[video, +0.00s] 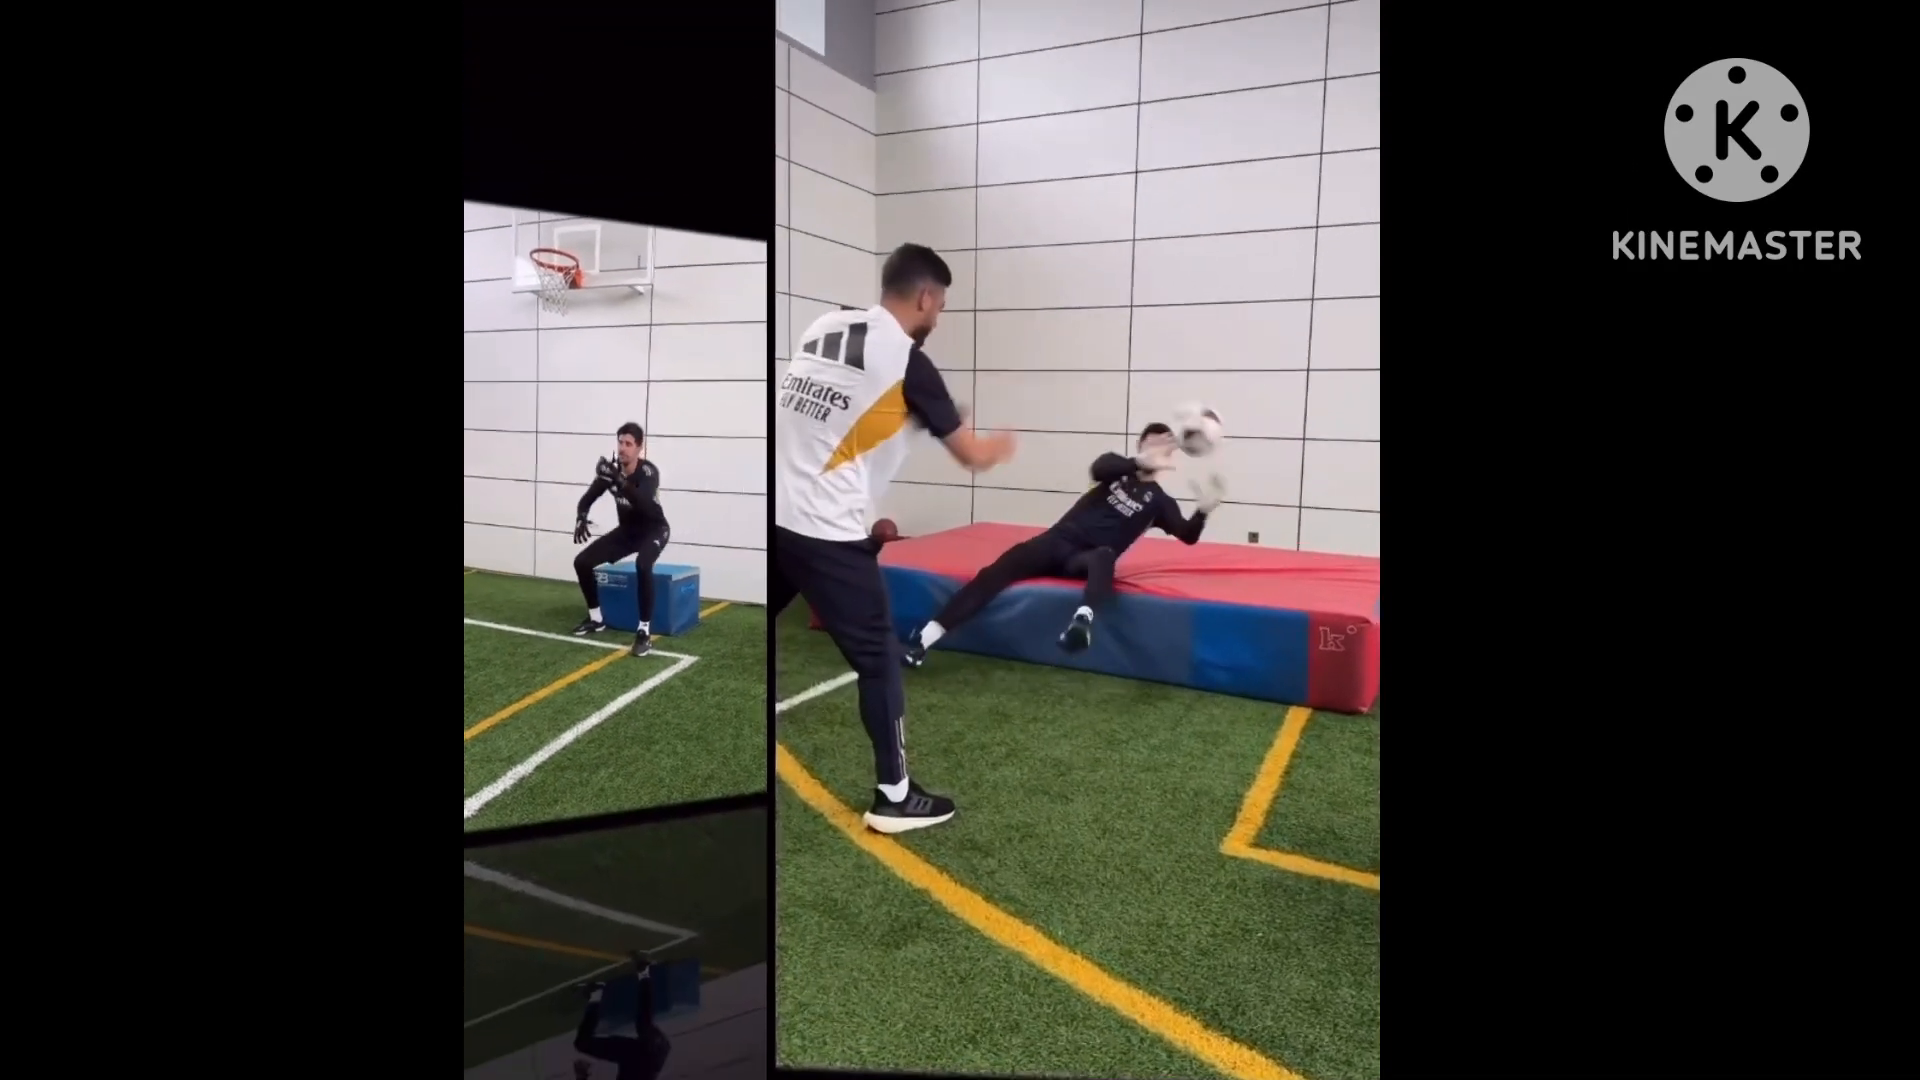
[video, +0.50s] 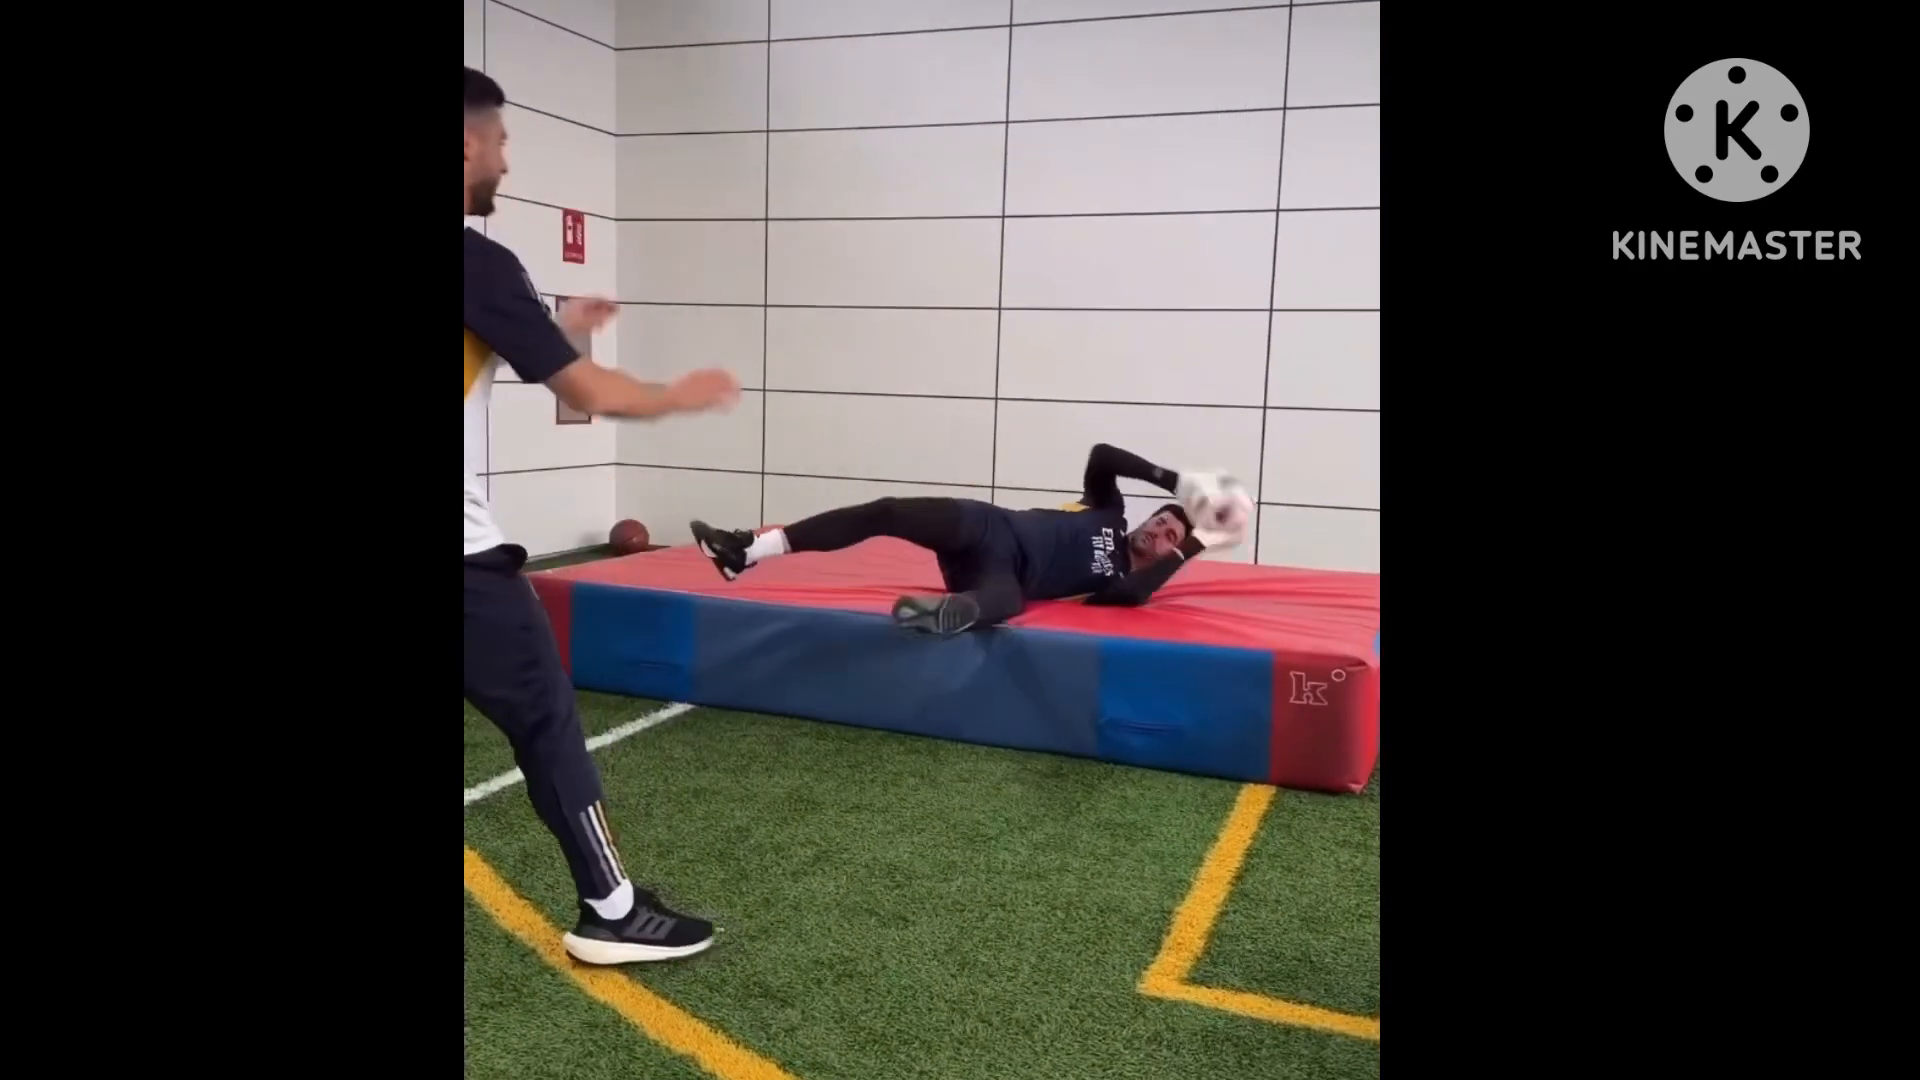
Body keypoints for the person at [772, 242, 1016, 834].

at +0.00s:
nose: (936, 321)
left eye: (940, 310)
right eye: (939, 308)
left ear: (886, 290)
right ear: (924, 298)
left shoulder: (824, 325)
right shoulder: (908, 362)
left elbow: (823, 422)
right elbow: (968, 453)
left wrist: (862, 526)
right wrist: (996, 448)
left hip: (775, 518)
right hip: (830, 534)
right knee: (879, 656)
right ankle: (895, 792)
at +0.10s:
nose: (873, 302)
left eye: (876, 289)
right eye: (874, 288)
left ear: (818, 269)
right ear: (854, 275)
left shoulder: (742, 314)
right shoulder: (838, 350)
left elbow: (756, 428)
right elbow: (861, 469)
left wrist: (817, 488)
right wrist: (894, 520)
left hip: (714, 526)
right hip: (766, 542)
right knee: (822, 670)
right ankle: (839, 819)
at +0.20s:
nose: (778, 268)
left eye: (782, 255)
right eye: (780, 254)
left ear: (712, 237)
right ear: (757, 243)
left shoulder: (644, 294)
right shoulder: (738, 329)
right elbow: (729, 459)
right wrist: (757, 557)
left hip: (637, 542)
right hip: (680, 553)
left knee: (732, 680)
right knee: (742, 694)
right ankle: (770, 853)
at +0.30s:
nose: (645, 217)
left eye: (646, 200)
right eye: (643, 199)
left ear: (569, 190)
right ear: (612, 193)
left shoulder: (514, 266)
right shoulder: (595, 295)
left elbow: (544, 426)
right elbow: (599, 448)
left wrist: (637, 527)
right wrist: (656, 545)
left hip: (505, 536)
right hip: (545, 550)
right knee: (626, 716)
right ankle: (682, 895)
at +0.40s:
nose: (541, 180)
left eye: (540, 161)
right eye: (536, 161)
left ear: (483, 157)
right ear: (502, 157)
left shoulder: (484, 262)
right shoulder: (497, 269)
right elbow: (575, 432)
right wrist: (661, 478)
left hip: (477, 547)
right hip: (473, 548)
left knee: (540, 722)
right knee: (541, 724)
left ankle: (632, 907)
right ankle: (633, 909)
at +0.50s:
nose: (505, 157)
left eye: (503, 138)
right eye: (496, 138)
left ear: (467, 145)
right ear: (464, 144)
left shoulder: (479, 258)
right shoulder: (481, 262)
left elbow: (486, 356)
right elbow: (588, 388)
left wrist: (557, 332)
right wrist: (674, 397)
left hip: (476, 541)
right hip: (472, 544)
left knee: (541, 706)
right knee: (542, 709)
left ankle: (608, 903)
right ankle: (610, 905)